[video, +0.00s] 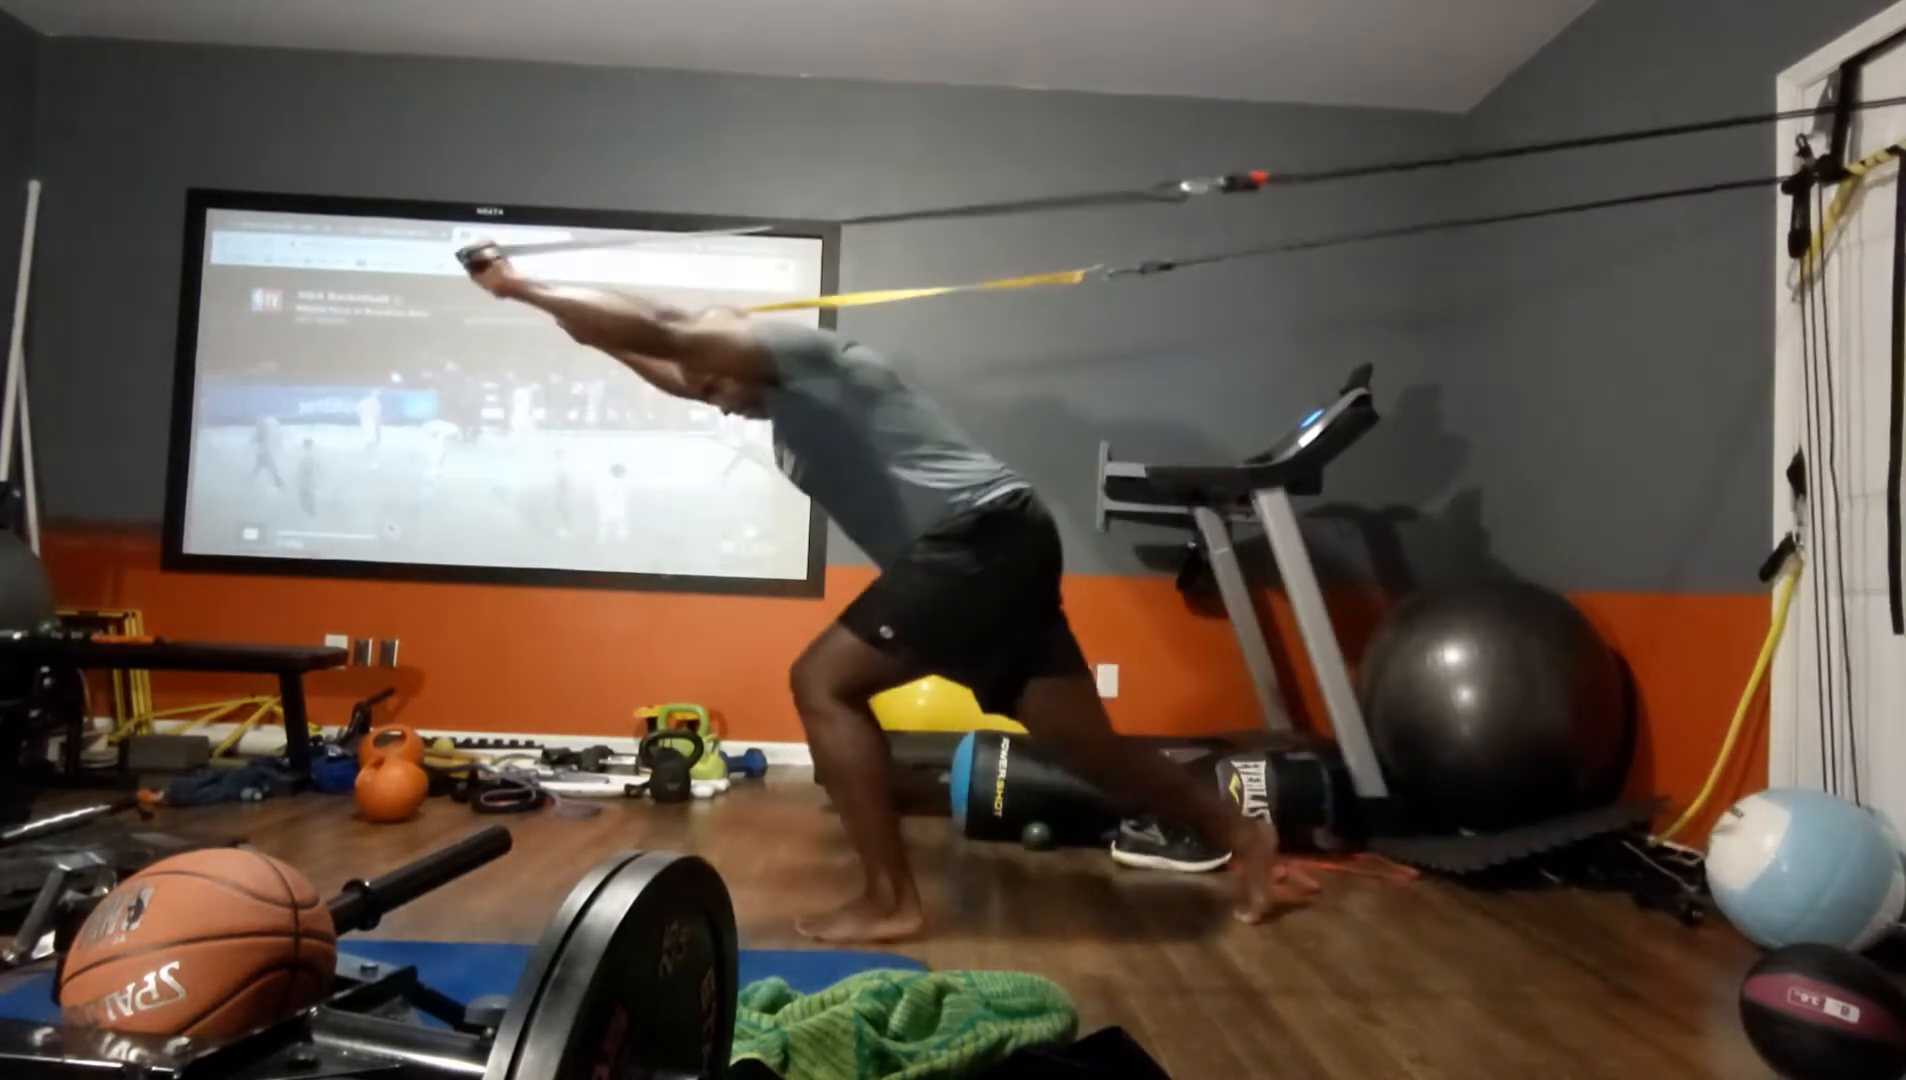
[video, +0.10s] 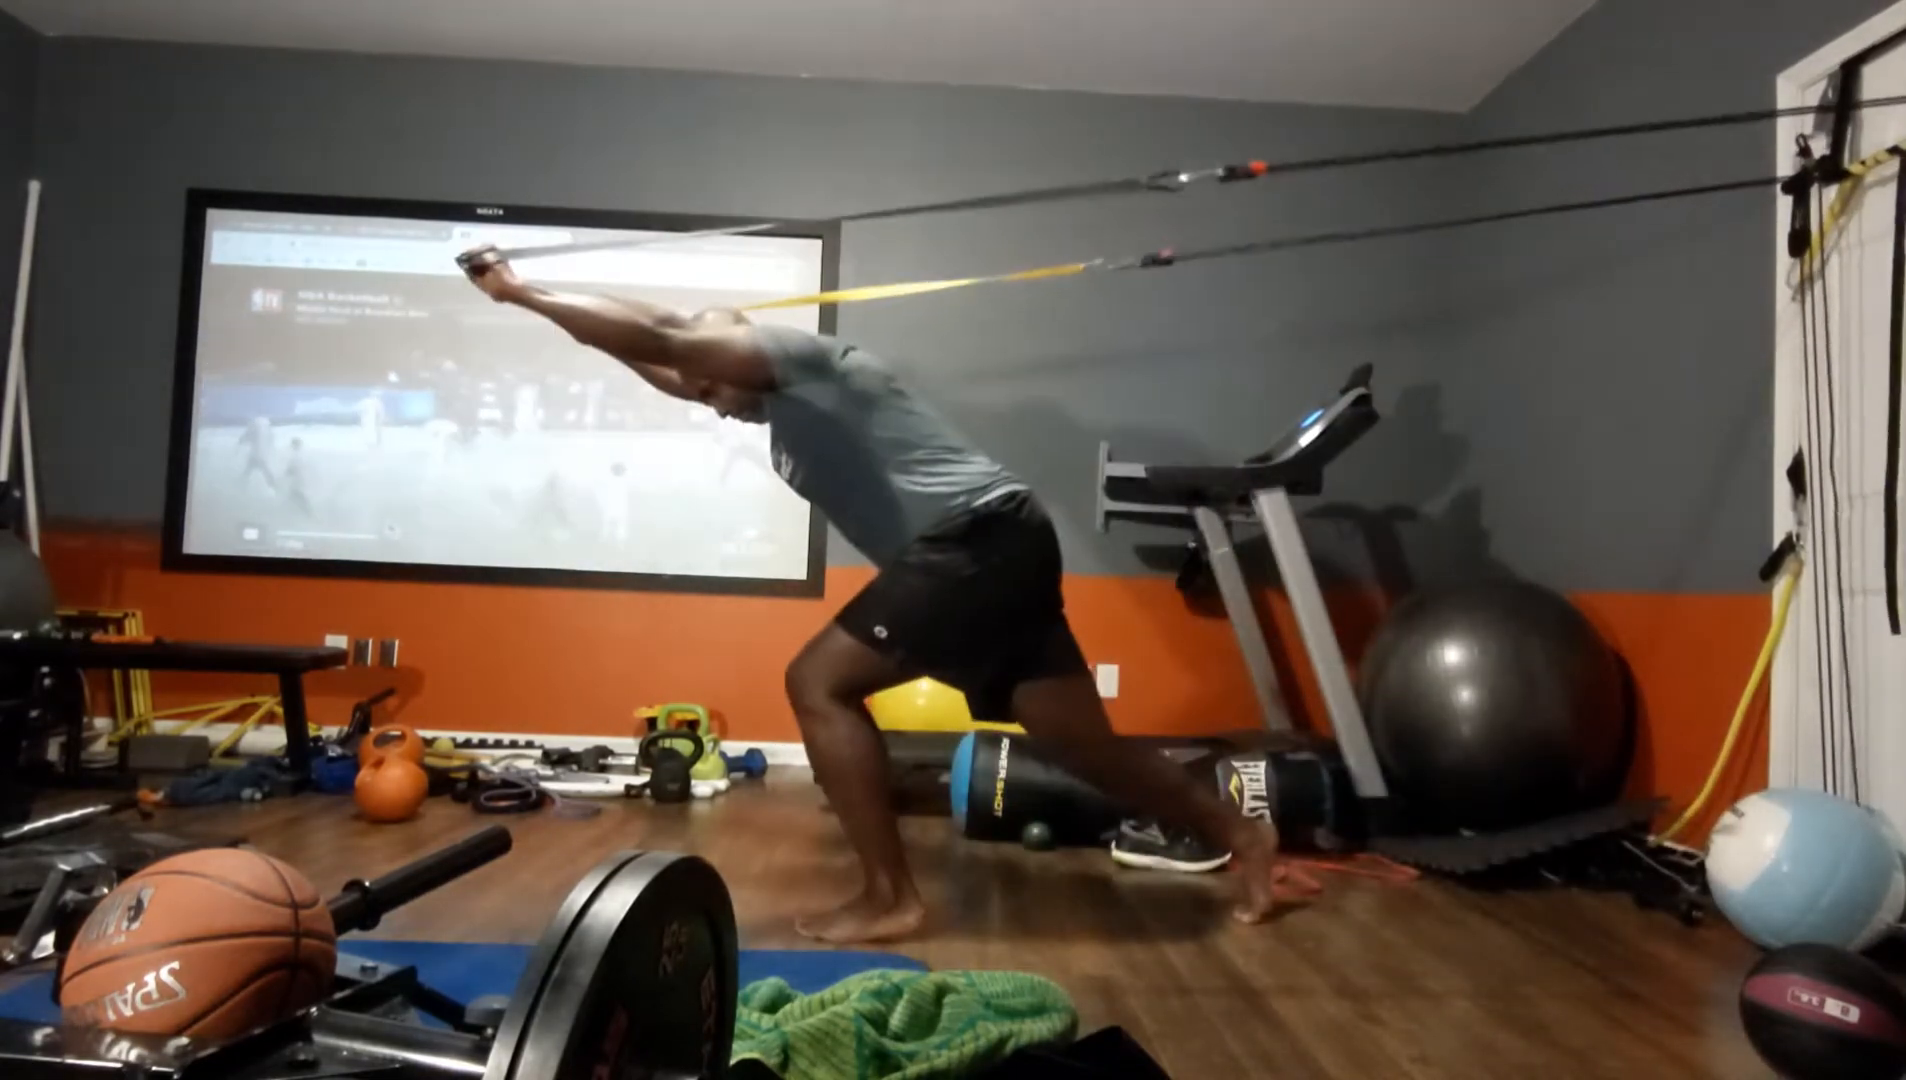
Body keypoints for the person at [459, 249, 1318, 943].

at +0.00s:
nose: (694, 390)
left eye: (694, 374)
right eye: (682, 383)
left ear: (732, 344)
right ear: (736, 367)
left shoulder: (802, 353)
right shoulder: (800, 414)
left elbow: (655, 338)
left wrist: (524, 288)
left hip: (980, 534)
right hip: (996, 544)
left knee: (822, 686)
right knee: (1091, 748)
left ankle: (888, 899)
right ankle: (1246, 843)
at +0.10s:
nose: (694, 399)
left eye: (691, 381)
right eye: (680, 391)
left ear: (727, 353)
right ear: (737, 371)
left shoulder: (801, 356)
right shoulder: (804, 415)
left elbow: (656, 345)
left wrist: (525, 293)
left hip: (975, 537)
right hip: (1005, 544)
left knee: (818, 687)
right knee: (1083, 745)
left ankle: (888, 895)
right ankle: (1239, 834)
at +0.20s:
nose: (699, 389)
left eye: (701, 368)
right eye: (687, 379)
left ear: (738, 341)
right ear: (753, 352)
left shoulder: (817, 359)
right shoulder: (818, 409)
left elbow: (672, 341)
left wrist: (536, 291)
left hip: (977, 538)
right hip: (1009, 545)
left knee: (820, 686)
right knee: (1088, 748)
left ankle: (890, 897)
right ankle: (1246, 837)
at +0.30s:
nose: (731, 360)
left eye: (732, 337)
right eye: (725, 346)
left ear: (761, 315)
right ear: (778, 316)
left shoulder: (834, 340)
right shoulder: (829, 379)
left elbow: (701, 326)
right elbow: (710, 371)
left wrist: (561, 288)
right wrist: (614, 323)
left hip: (990, 537)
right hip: (1019, 540)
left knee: (830, 682)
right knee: (1092, 743)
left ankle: (888, 897)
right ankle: (1250, 840)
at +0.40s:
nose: (767, 325)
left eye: (769, 310)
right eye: (766, 315)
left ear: (804, 299)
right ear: (814, 313)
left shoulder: (878, 327)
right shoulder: (847, 382)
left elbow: (743, 315)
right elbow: (744, 370)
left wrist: (604, 279)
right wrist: (653, 337)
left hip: (1006, 528)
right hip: (1037, 536)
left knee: (844, 676)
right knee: (1100, 737)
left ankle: (890, 894)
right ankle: (1258, 843)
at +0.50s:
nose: (814, 277)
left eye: (824, 261)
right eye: (812, 269)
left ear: (874, 256)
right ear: (850, 280)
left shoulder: (926, 308)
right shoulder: (885, 364)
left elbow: (805, 309)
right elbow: (790, 374)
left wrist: (674, 276)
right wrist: (693, 340)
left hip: (1033, 521)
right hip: (1051, 530)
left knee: (869, 667)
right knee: (1120, 740)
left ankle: (890, 896)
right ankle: (1266, 845)